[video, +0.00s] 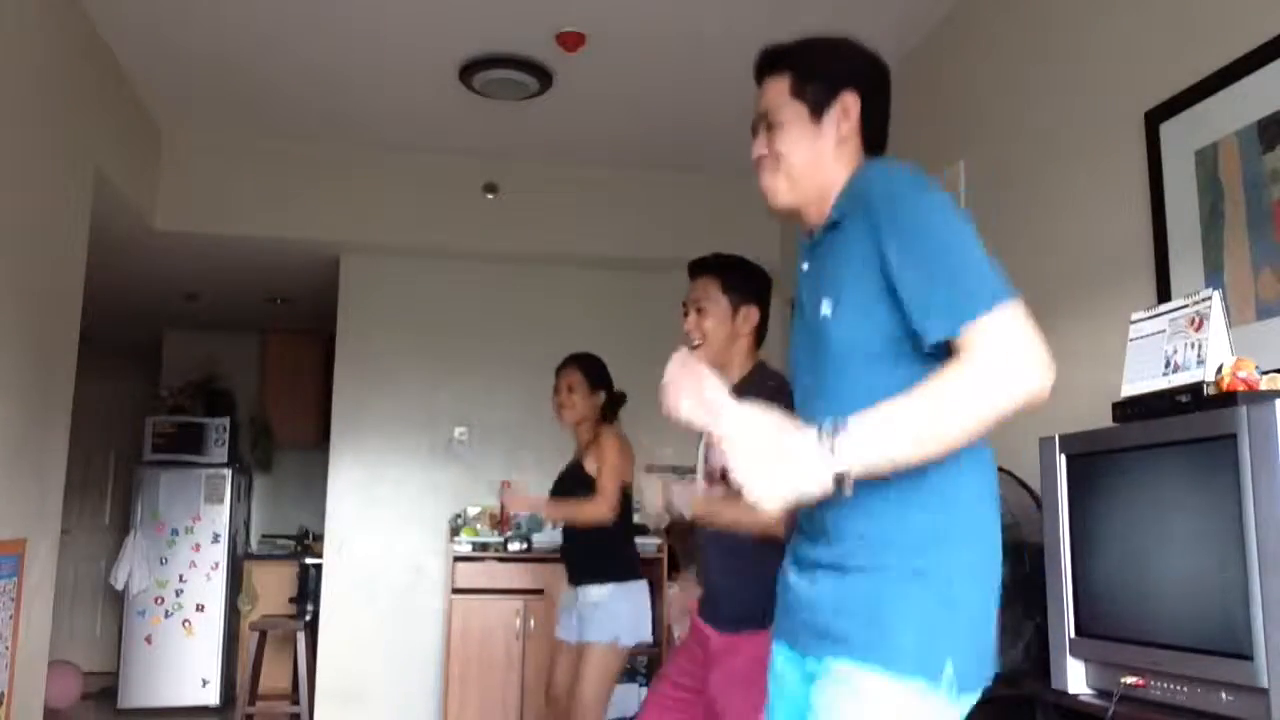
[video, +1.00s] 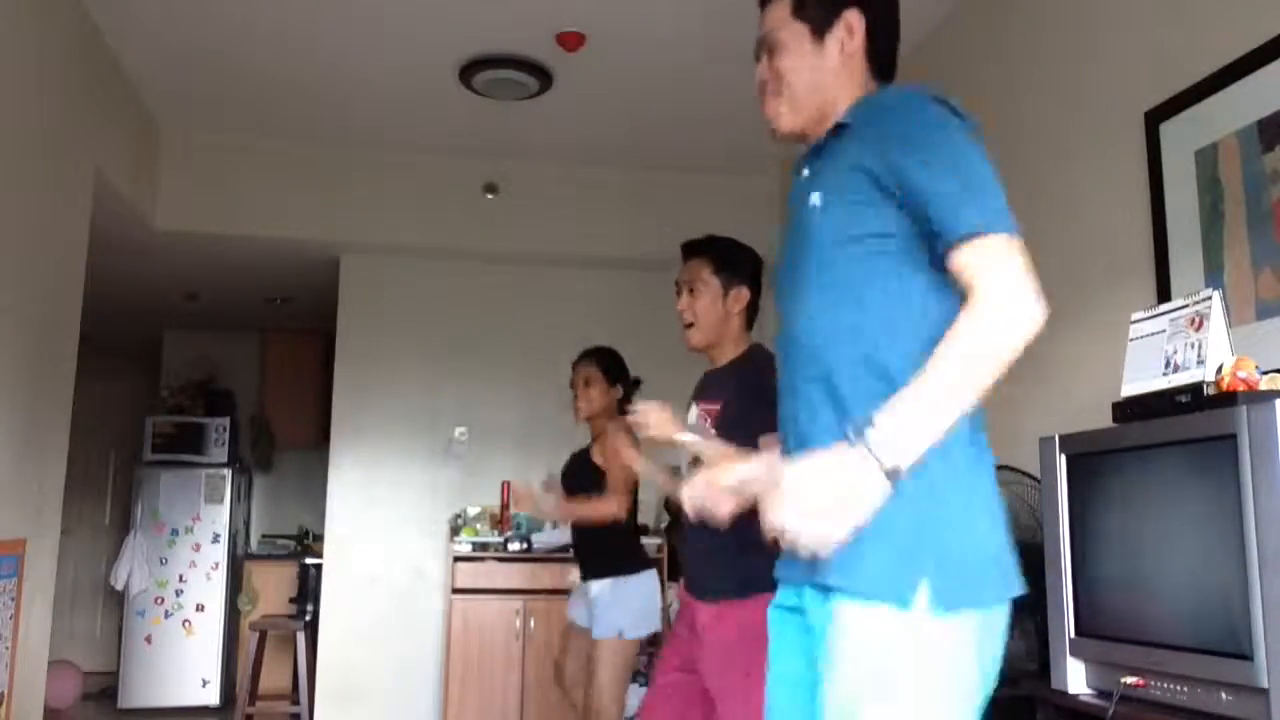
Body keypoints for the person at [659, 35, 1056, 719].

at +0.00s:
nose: (756, 148)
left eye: (772, 123)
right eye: (756, 129)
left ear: (843, 119)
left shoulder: (891, 195)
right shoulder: (816, 252)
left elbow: (1016, 360)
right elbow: (837, 433)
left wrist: (825, 453)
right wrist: (736, 426)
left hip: (898, 637)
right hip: (811, 623)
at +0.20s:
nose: (775, 103)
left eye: (788, 75)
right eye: (773, 84)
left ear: (861, 60)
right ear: (855, 65)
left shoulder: (932, 147)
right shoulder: (838, 198)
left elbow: (1041, 335)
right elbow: (863, 410)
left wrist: (888, 467)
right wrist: (776, 496)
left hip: (924, 580)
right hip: (819, 578)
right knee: (748, 709)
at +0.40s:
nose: (779, 133)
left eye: (793, 107)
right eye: (779, 115)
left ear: (869, 97)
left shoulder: (934, 209)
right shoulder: (829, 266)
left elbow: (1033, 407)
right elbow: (849, 446)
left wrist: (815, 405)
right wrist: (751, 413)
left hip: (932, 654)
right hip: (827, 633)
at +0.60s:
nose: (775, 81)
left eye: (791, 55)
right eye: (776, 65)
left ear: (866, 41)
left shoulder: (919, 120)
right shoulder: (829, 176)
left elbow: (992, 320)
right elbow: (844, 392)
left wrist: (840, 476)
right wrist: (768, 499)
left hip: (897, 569)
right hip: (803, 564)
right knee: (795, 710)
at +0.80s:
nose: (748, 129)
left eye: (766, 103)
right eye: (752, 108)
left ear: (838, 101)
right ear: (833, 105)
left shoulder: (880, 188)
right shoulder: (816, 236)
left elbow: (1015, 337)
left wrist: (826, 447)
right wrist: (745, 433)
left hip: (877, 646)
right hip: (810, 631)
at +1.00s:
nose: (760, 74)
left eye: (772, 47)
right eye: (759, 55)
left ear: (847, 35)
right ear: (840, 39)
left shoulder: (902, 119)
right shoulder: (812, 178)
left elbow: (1011, 299)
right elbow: (861, 398)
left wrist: (870, 462)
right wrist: (762, 466)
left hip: (915, 579)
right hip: (815, 575)